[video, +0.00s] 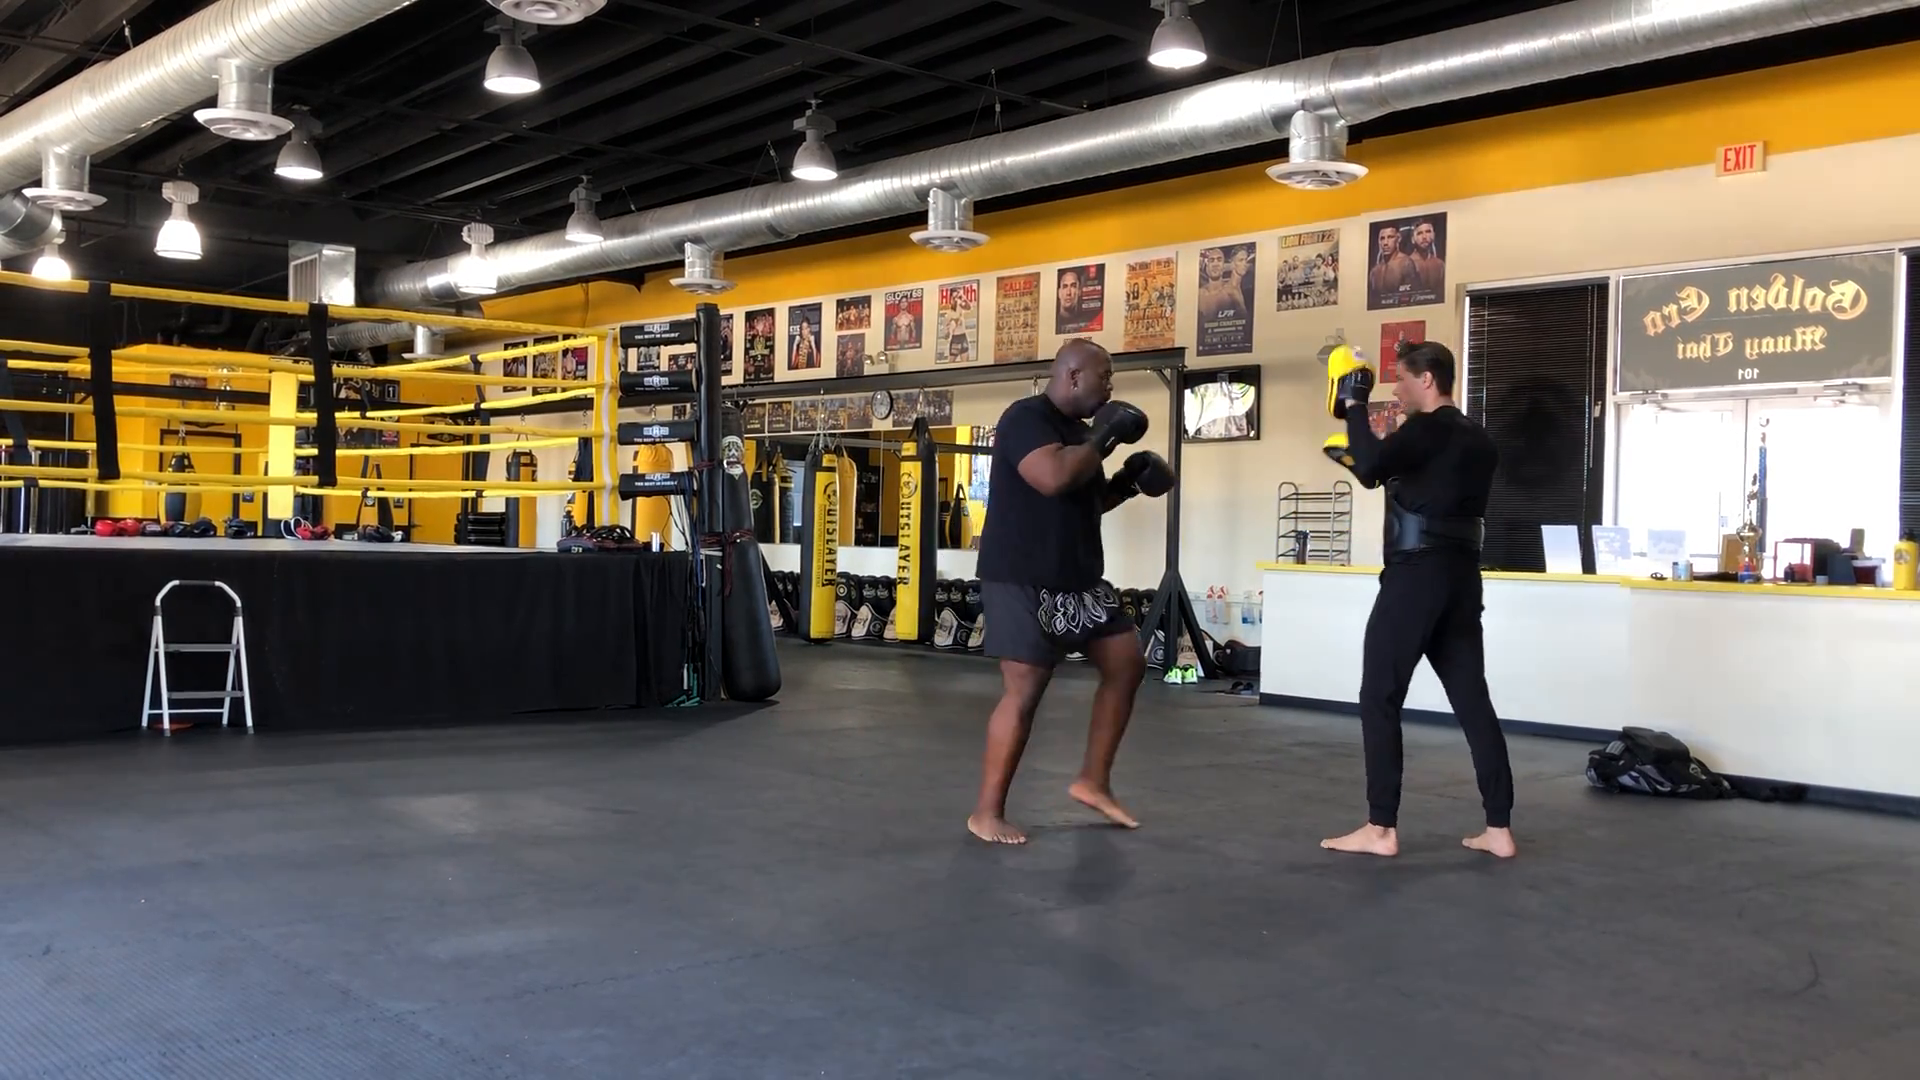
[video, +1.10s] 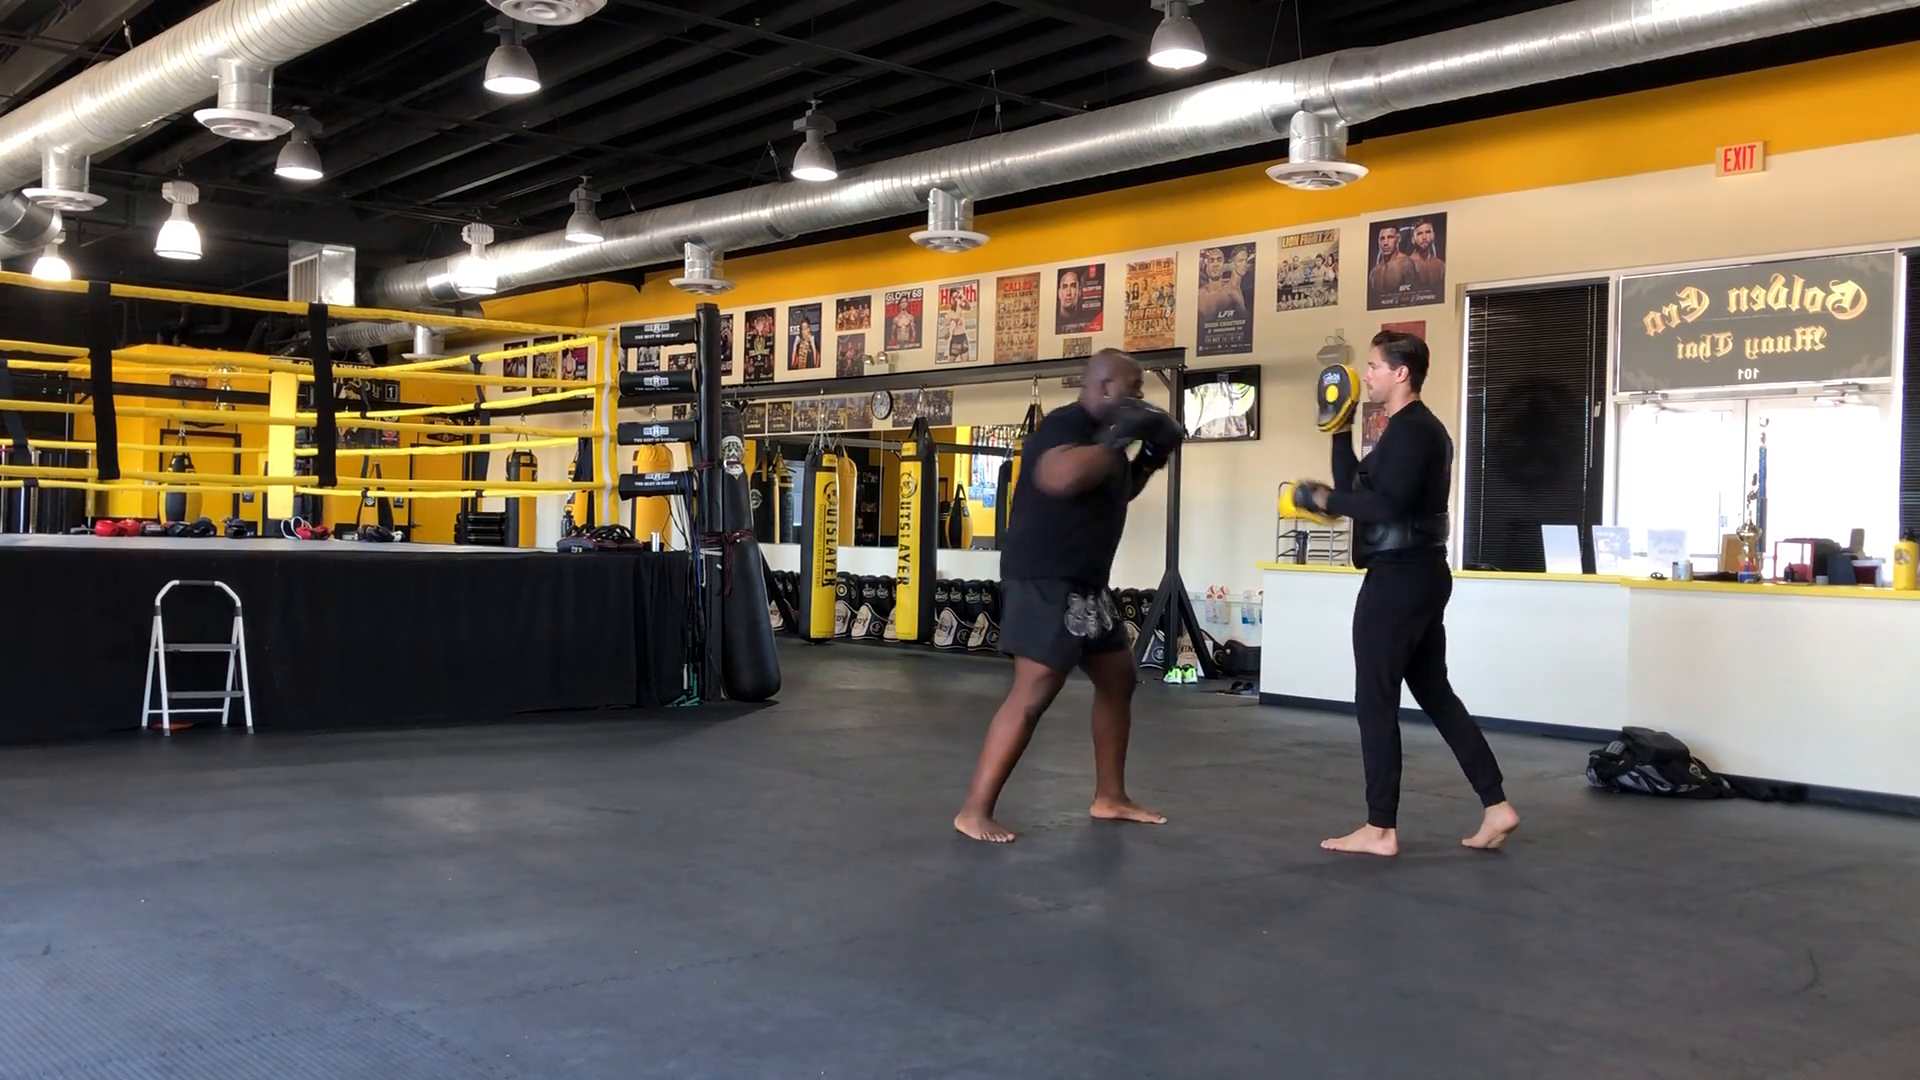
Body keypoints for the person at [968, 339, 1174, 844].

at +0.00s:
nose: (1108, 394)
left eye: (1110, 384)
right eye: (1103, 382)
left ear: (1074, 374)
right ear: (1072, 373)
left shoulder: (1077, 436)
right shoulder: (1024, 417)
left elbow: (1085, 506)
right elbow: (1050, 476)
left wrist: (1128, 482)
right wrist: (1102, 438)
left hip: (1078, 580)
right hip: (1021, 579)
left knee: (1125, 663)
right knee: (1024, 686)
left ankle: (1093, 782)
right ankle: (987, 814)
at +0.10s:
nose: (1114, 388)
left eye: (1115, 378)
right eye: (1108, 377)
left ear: (1081, 373)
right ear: (1077, 372)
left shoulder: (1093, 429)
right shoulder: (1026, 415)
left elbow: (1110, 486)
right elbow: (1039, 473)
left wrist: (1145, 466)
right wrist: (1093, 437)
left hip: (1087, 578)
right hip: (1029, 578)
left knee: (1122, 671)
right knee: (1020, 691)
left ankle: (1110, 785)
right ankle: (987, 812)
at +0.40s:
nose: (1141, 392)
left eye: (1142, 383)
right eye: (1135, 382)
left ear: (1111, 381)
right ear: (1103, 381)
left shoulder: (1115, 430)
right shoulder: (1064, 426)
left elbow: (1136, 473)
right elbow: (1076, 491)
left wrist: (1176, 449)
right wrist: (1130, 456)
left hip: (1100, 578)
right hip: (1052, 575)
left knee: (1113, 675)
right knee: (1056, 676)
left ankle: (1108, 796)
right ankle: (981, 794)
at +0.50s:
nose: (1147, 390)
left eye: (1147, 383)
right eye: (1142, 381)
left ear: (1106, 381)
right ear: (1110, 380)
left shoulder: (1100, 422)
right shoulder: (1084, 418)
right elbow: (1148, 464)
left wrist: (1172, 444)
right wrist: (1207, 437)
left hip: (1092, 572)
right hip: (1052, 569)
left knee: (1107, 674)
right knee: (1052, 682)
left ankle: (1107, 796)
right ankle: (981, 802)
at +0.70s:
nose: (1139, 393)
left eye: (1139, 384)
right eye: (1132, 383)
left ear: (1104, 381)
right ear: (1103, 381)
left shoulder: (1101, 434)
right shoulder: (1064, 423)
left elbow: (1101, 484)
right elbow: (1104, 480)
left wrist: (1139, 495)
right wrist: (1154, 432)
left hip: (1089, 576)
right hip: (1038, 574)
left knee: (1112, 678)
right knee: (1033, 683)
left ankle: (1107, 798)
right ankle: (974, 810)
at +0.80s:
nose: (1107, 393)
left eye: (1114, 386)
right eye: (1099, 381)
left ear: (1116, 390)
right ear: (1073, 376)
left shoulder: (1105, 428)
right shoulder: (1037, 423)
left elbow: (1133, 457)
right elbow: (1067, 485)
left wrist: (1188, 462)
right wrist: (1101, 420)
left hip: (1092, 581)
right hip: (1032, 579)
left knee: (1109, 681)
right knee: (1017, 689)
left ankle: (1107, 797)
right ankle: (973, 812)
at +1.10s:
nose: (1132, 398)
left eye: (1135, 391)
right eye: (1125, 389)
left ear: (1127, 393)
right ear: (1096, 385)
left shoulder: (1108, 438)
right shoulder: (1063, 424)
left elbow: (1120, 492)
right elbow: (1056, 474)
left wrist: (1152, 456)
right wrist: (1118, 438)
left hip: (1088, 583)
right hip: (1042, 581)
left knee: (1117, 677)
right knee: (1033, 689)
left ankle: (1110, 796)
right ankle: (974, 812)